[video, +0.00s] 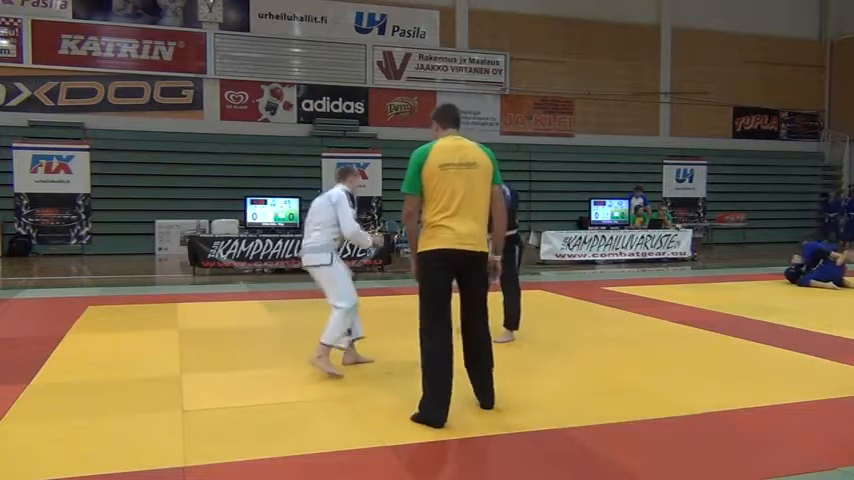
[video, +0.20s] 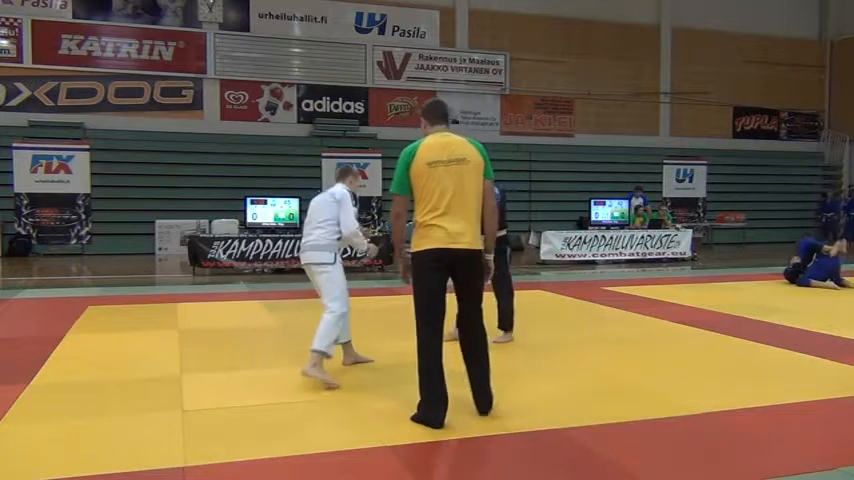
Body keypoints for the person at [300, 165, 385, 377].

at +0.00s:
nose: (359, 184)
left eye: (359, 180)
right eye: (358, 180)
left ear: (341, 179)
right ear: (350, 179)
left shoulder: (325, 197)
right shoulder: (341, 195)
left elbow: (324, 233)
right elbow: (350, 230)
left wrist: (339, 262)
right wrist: (371, 240)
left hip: (315, 255)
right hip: (321, 255)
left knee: (348, 299)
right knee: (346, 302)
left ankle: (350, 350)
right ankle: (321, 354)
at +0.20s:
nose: (358, 186)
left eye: (358, 182)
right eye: (357, 181)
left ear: (339, 178)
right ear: (350, 179)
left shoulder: (319, 198)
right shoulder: (343, 194)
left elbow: (327, 233)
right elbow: (349, 230)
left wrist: (357, 243)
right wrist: (366, 247)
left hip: (309, 255)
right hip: (325, 255)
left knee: (340, 304)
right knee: (336, 307)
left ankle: (349, 351)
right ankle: (314, 364)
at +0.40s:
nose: (351, 184)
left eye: (352, 179)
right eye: (352, 179)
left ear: (331, 176)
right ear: (345, 176)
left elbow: (299, 233)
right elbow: (349, 234)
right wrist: (373, 236)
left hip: (304, 260)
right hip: (318, 261)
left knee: (333, 306)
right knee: (321, 314)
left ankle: (345, 351)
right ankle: (305, 376)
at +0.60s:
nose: (349, 181)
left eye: (349, 176)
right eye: (348, 176)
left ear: (330, 172)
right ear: (341, 173)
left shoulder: (319, 189)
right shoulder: (326, 190)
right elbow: (336, 229)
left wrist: (357, 230)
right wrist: (361, 231)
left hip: (305, 256)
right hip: (301, 257)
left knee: (323, 306)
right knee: (316, 312)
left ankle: (309, 353)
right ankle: (306, 376)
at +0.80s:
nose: (338, 191)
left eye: (339, 186)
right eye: (338, 186)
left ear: (324, 182)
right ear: (329, 183)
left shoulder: (321, 203)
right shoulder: (310, 198)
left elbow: (314, 236)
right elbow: (302, 236)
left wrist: (339, 226)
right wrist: (329, 254)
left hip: (293, 259)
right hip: (279, 259)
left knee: (314, 300)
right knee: (298, 310)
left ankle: (305, 354)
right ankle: (298, 373)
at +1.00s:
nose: (320, 184)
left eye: (320, 179)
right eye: (318, 179)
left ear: (306, 176)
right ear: (309, 177)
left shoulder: (299, 197)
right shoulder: (290, 191)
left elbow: (286, 232)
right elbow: (283, 229)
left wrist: (314, 238)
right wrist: (313, 240)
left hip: (272, 257)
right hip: (258, 255)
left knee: (291, 300)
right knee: (269, 304)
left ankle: (301, 354)